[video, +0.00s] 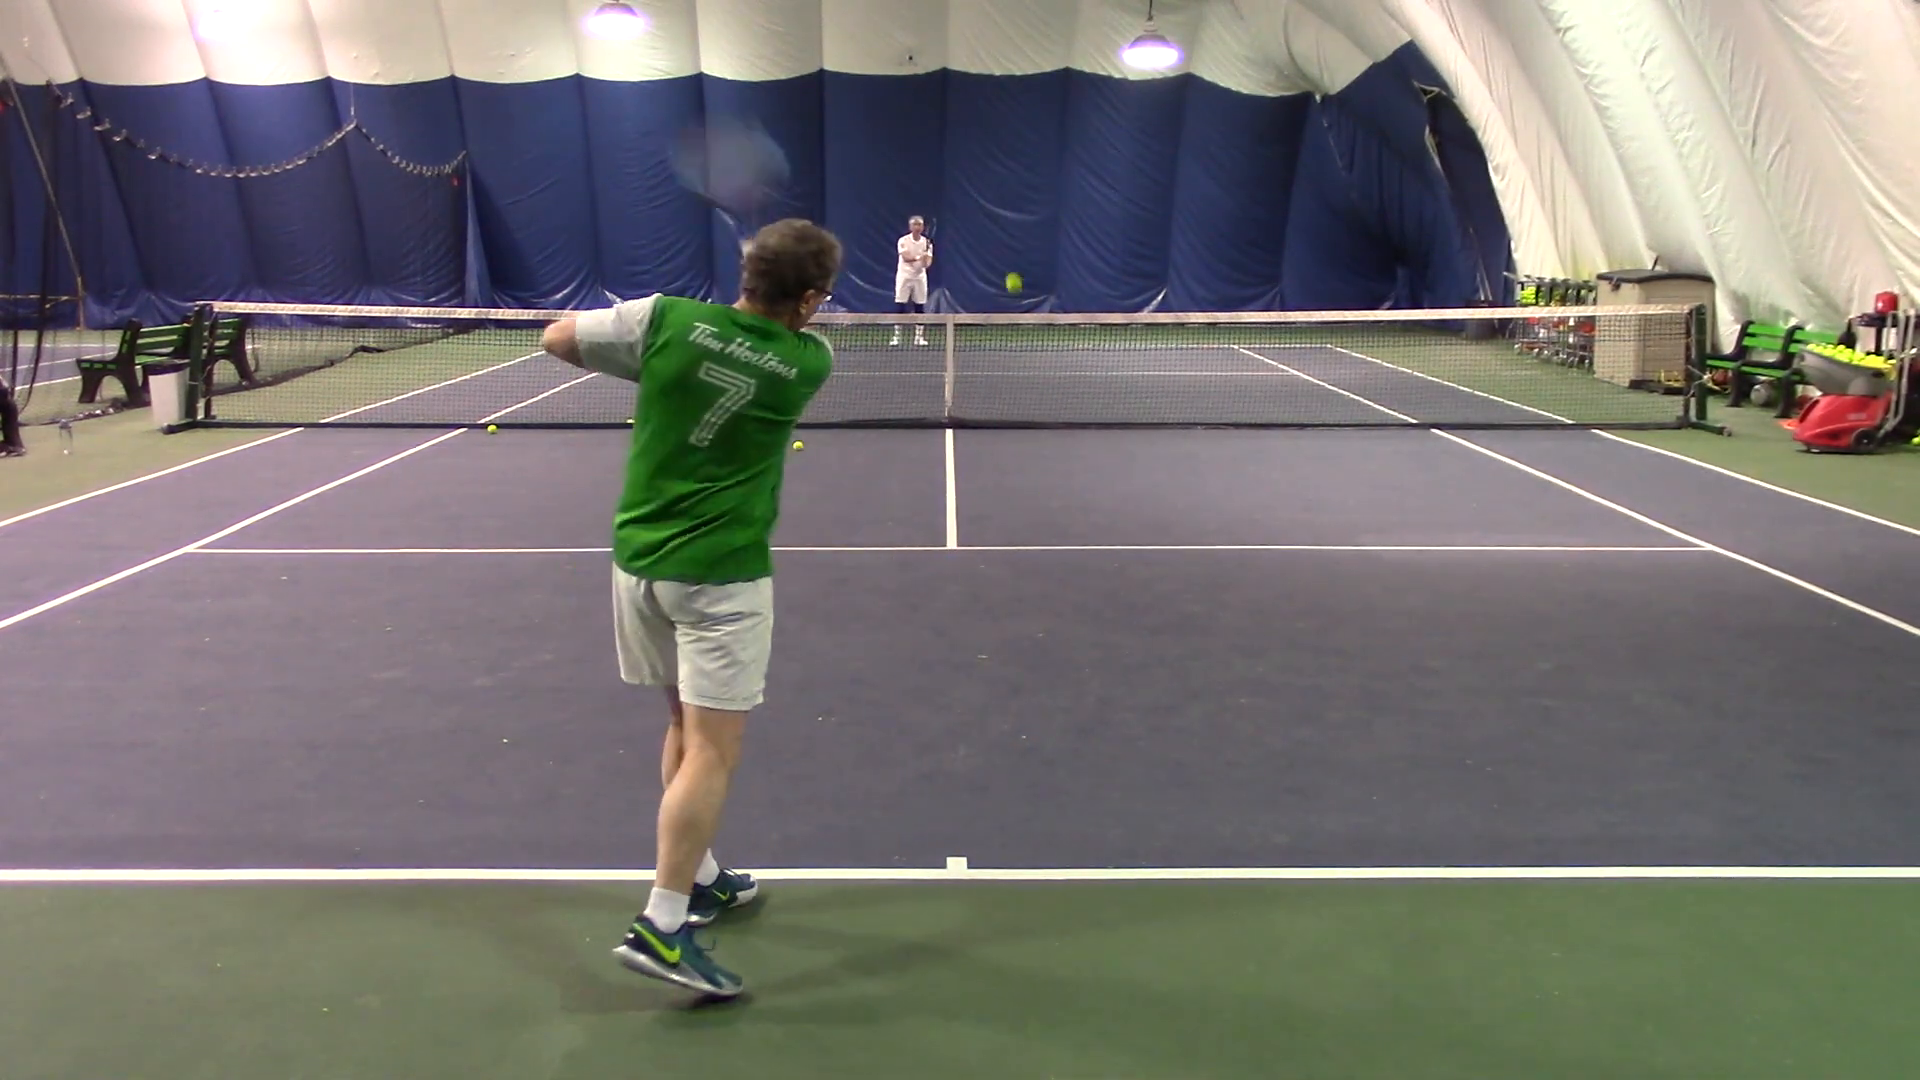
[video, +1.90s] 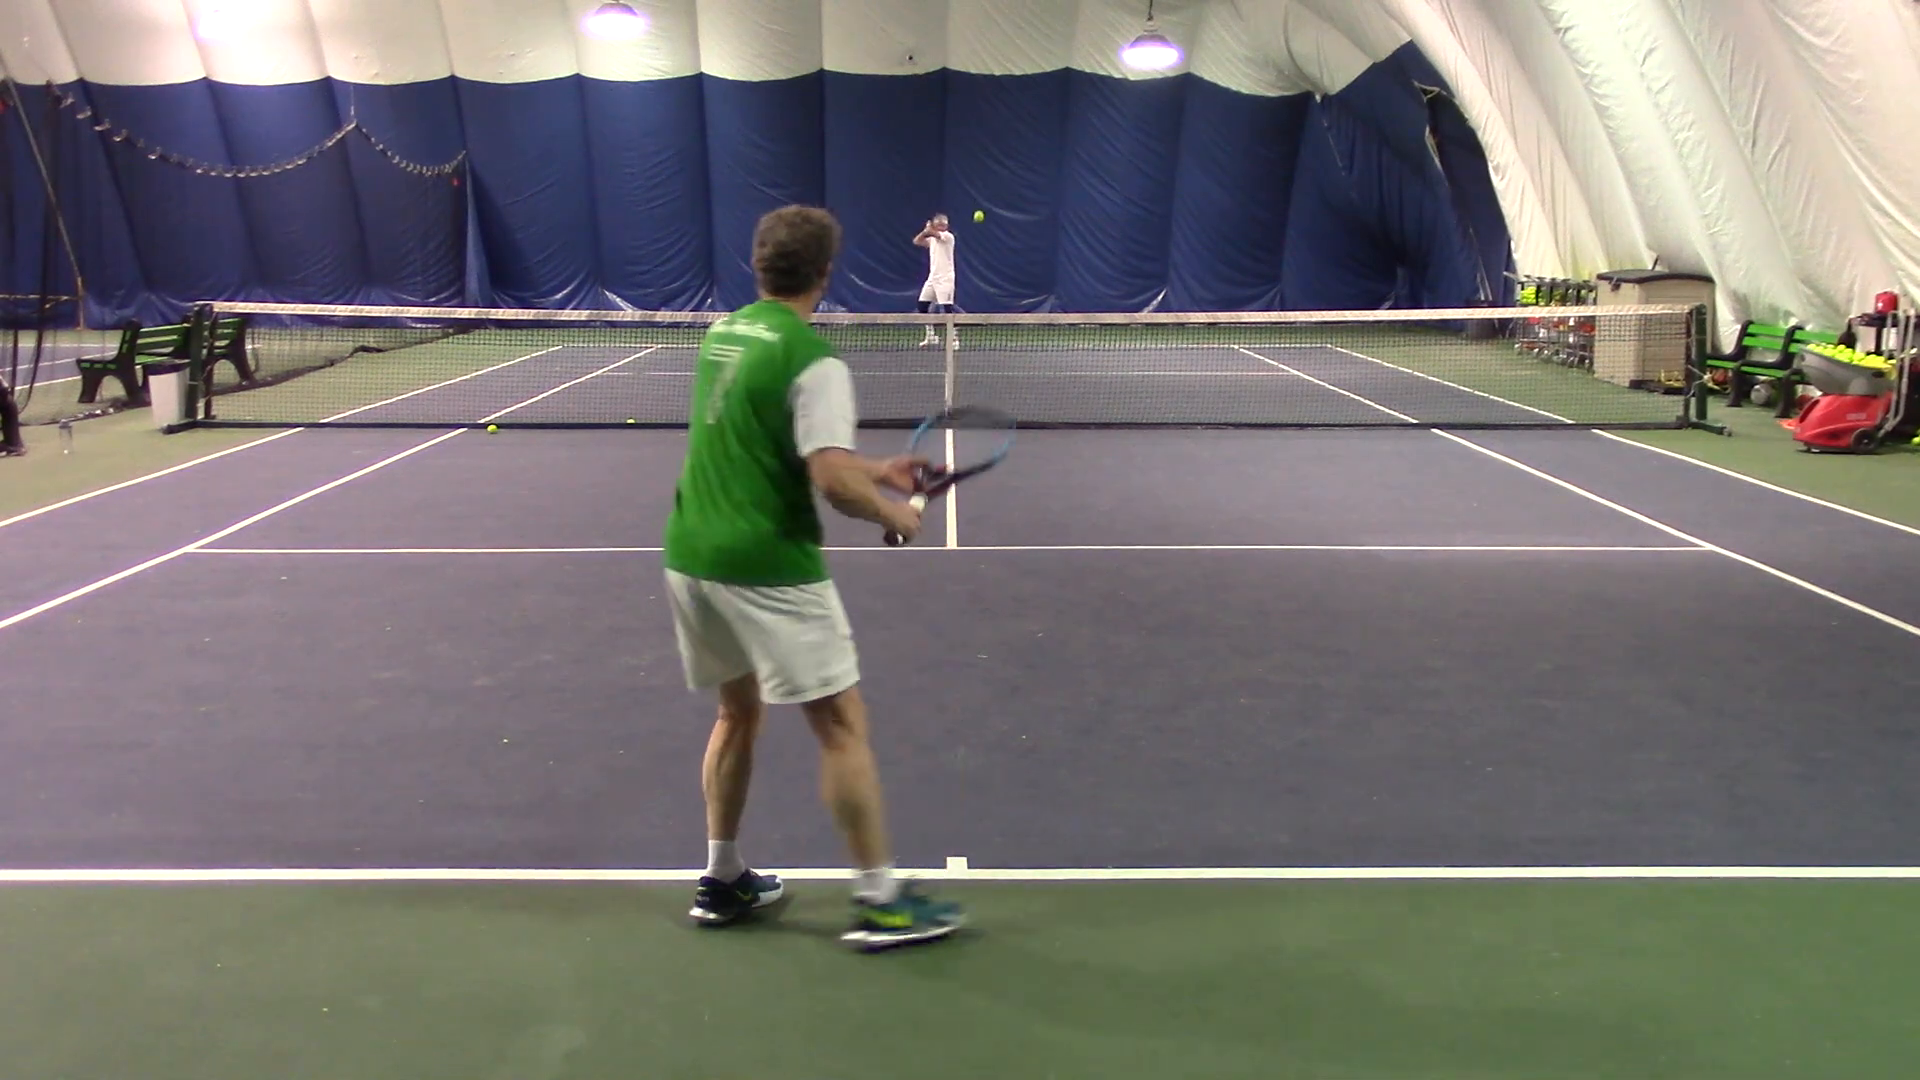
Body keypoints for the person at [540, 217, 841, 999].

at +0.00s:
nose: (825, 299)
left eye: (825, 288)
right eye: (825, 290)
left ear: (745, 277)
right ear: (807, 300)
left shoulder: (666, 320)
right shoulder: (808, 365)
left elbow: (558, 336)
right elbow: (758, 360)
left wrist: (628, 349)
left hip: (640, 562)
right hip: (724, 574)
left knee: (684, 723)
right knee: (711, 750)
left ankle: (699, 878)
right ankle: (659, 923)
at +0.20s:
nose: (840, 293)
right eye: (842, 282)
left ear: (764, 268)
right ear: (828, 288)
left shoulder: (688, 319)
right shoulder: (827, 349)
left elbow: (585, 363)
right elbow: (779, 292)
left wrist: (637, 343)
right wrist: (725, 229)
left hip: (669, 556)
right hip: (760, 565)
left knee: (696, 722)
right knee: (767, 742)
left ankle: (696, 881)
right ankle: (745, 915)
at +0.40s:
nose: (859, 278)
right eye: (861, 268)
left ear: (786, 265)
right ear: (856, 279)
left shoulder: (716, 324)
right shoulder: (861, 352)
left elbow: (631, 404)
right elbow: (812, 333)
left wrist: (710, 393)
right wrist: (772, 299)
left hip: (708, 558)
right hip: (803, 564)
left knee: (714, 722)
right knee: (836, 737)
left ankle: (698, 883)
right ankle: (858, 917)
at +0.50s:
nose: (874, 270)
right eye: (874, 262)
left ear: (797, 261)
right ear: (867, 272)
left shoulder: (734, 331)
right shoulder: (885, 351)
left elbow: (666, 432)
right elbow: (884, 423)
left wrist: (739, 417)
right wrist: (809, 394)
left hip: (732, 565)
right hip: (829, 571)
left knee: (721, 726)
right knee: (845, 743)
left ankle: (701, 883)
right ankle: (856, 926)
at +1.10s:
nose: (888, 259)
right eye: (890, 250)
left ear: (815, 253)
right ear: (889, 259)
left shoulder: (765, 337)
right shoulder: (915, 343)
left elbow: (757, 455)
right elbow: (938, 472)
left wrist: (824, 479)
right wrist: (877, 492)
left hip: (782, 560)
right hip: (887, 564)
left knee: (787, 743)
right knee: (922, 721)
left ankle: (781, 923)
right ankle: (939, 894)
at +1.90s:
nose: (833, 274)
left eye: (821, 262)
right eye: (832, 265)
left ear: (759, 268)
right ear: (825, 275)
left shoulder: (722, 335)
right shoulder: (812, 356)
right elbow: (832, 475)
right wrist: (892, 514)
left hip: (691, 554)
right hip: (773, 565)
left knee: (736, 711)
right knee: (840, 723)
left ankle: (721, 880)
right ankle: (880, 894)